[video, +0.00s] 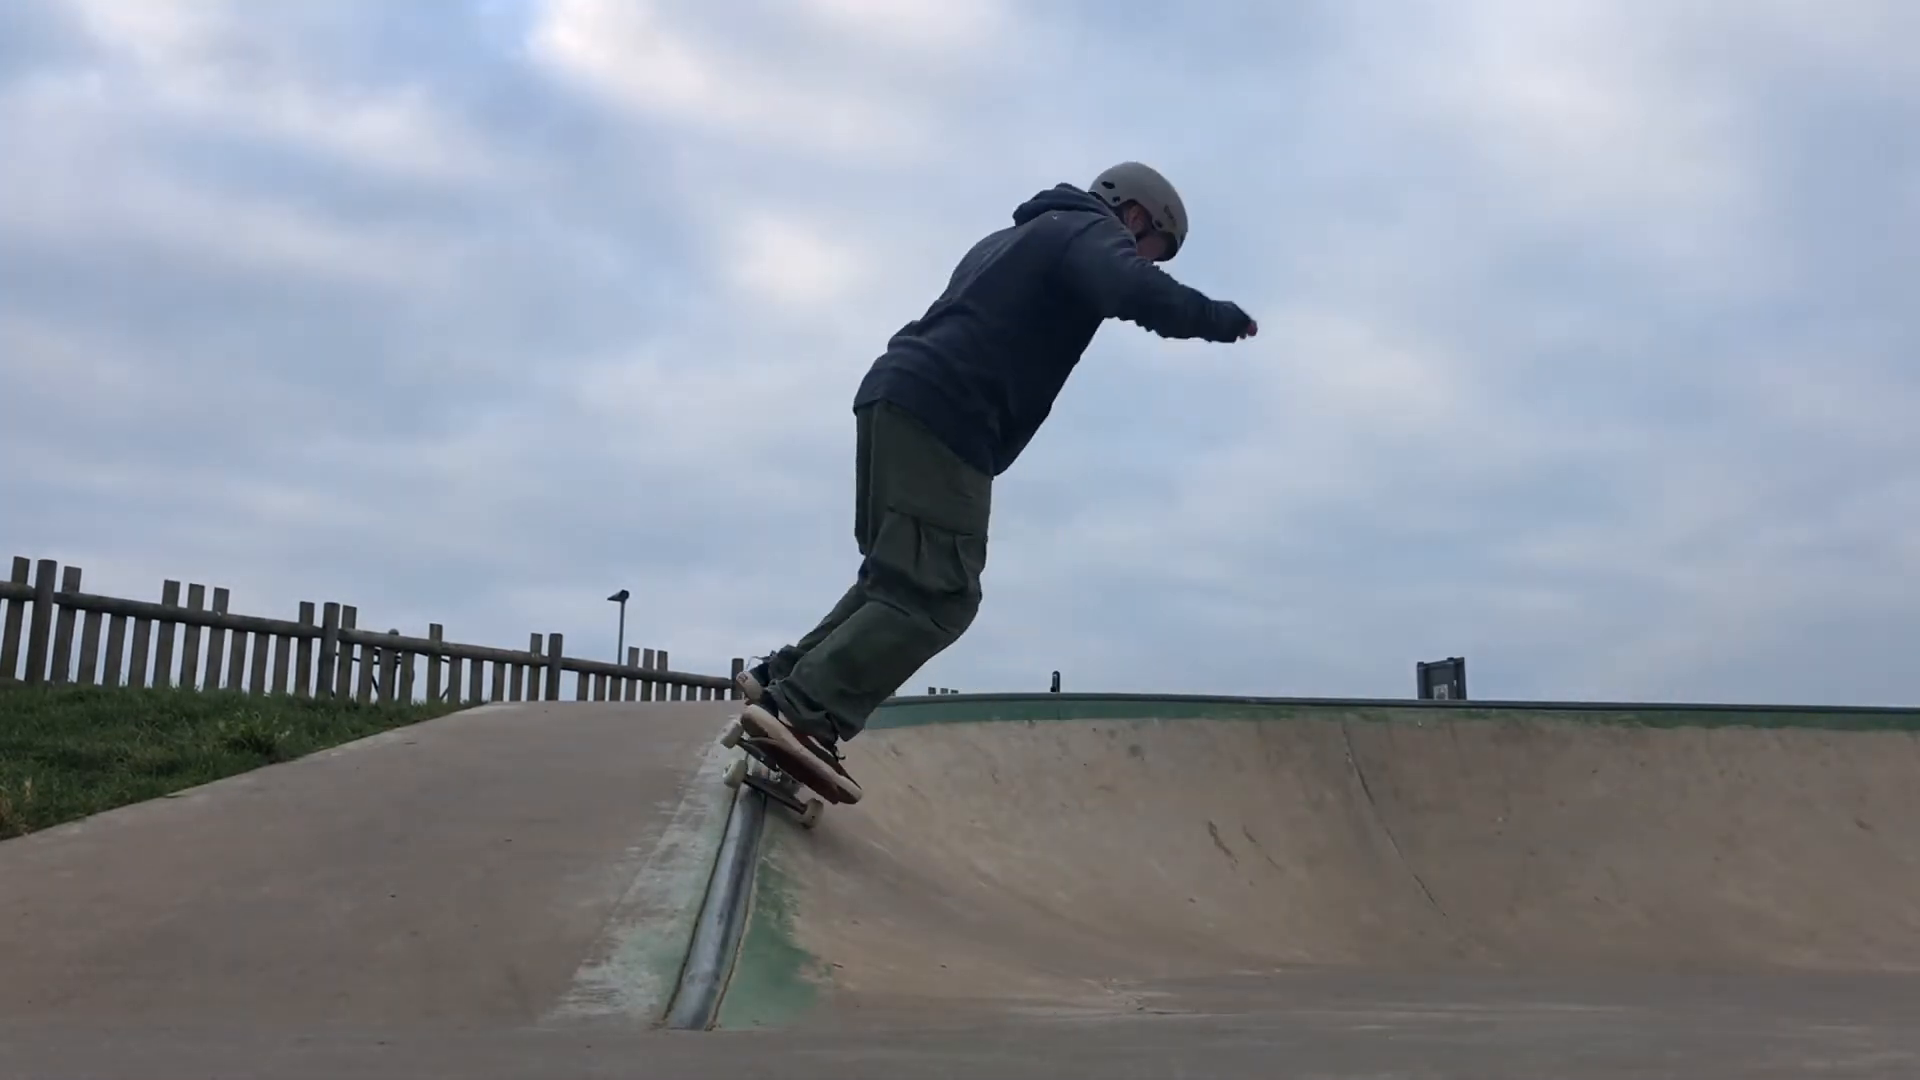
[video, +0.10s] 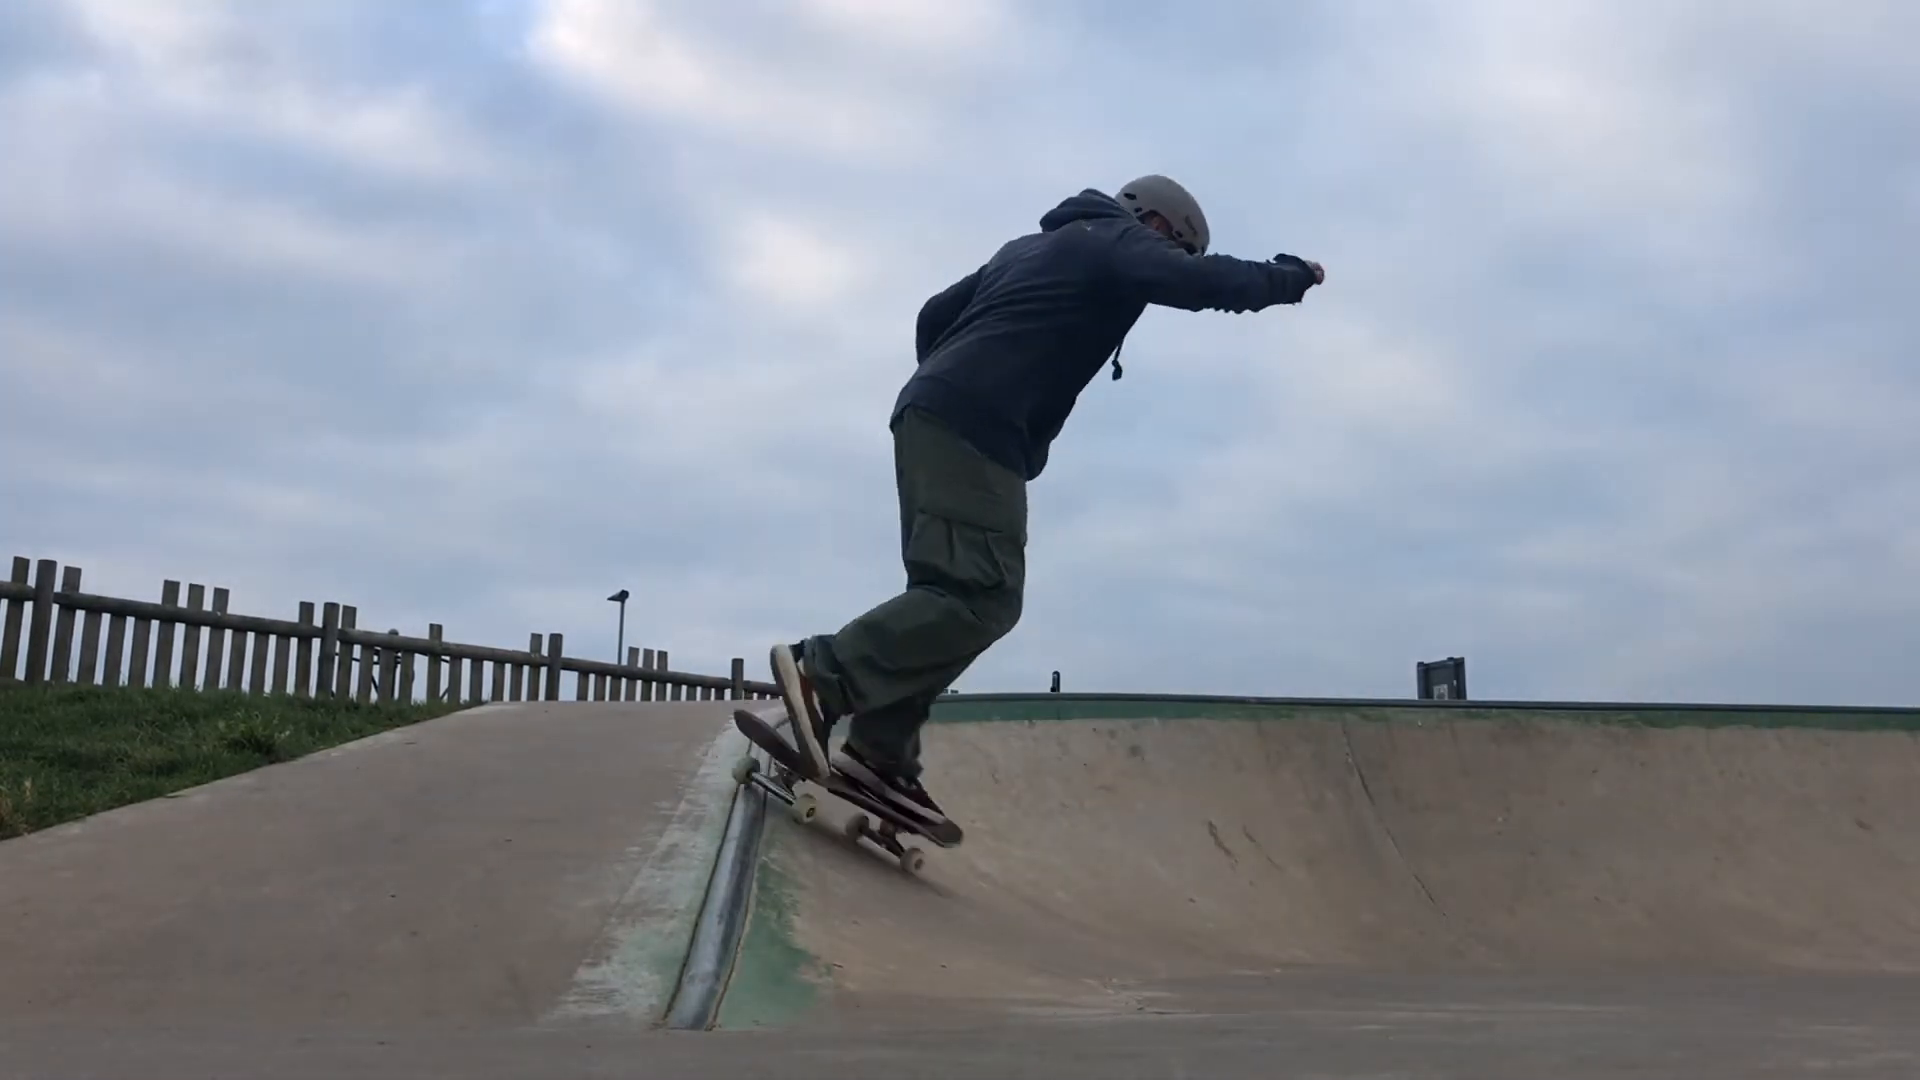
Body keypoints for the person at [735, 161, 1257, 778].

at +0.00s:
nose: (1155, 257)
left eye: (1164, 249)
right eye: (1158, 242)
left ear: (1110, 201)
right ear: (1131, 213)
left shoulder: (1022, 233)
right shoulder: (1082, 230)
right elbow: (1136, 287)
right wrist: (1217, 314)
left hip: (897, 395)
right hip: (939, 412)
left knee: (899, 578)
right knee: (937, 593)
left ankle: (785, 685)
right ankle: (805, 714)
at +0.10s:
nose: (1180, 261)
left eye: (1185, 253)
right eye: (1182, 248)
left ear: (1129, 207)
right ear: (1156, 222)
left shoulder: (1028, 247)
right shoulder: (1117, 241)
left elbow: (936, 313)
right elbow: (1199, 278)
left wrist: (952, 388)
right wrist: (1289, 275)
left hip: (931, 411)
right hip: (977, 423)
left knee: (948, 595)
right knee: (984, 599)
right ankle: (824, 672)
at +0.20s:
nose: (1201, 288)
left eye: (1207, 280)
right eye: (1202, 276)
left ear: (1154, 241)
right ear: (1175, 254)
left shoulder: (1045, 292)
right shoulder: (1136, 272)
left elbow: (958, 364)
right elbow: (1213, 298)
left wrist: (962, 441)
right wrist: (1301, 310)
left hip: (963, 459)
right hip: (1017, 459)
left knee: (996, 640)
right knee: (1055, 633)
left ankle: (935, 796)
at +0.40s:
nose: (1260, 373)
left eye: (1266, 363)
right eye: (1261, 357)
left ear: (1205, 330)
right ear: (1233, 334)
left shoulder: (1115, 397)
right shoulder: (1198, 368)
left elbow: (1048, 513)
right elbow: (1239, 406)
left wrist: (1055, 604)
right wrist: (1334, 391)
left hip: (1090, 583)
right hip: (1133, 589)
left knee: (1219, 701)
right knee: (1146, 756)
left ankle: (1096, 802)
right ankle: (1043, 894)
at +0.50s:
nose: (1306, 384)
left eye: (1312, 373)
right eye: (1308, 367)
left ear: (1248, 342)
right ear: (1278, 345)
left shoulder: (1164, 416)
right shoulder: (1252, 385)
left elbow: (1111, 533)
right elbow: (1285, 457)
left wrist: (1130, 624)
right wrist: (1388, 490)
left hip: (1155, 599)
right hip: (1195, 600)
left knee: (1283, 720)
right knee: (1168, 754)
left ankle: (1295, 892)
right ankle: (1054, 881)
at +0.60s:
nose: (1353, 396)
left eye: (1358, 384)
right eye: (1354, 379)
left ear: (1293, 360)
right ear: (1325, 361)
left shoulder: (1218, 440)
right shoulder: (1310, 409)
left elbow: (1184, 556)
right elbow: (1328, 509)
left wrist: (1223, 613)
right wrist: (1399, 599)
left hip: (1227, 622)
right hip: (1279, 617)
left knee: (1343, 769)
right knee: (1284, 767)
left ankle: (1382, 935)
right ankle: (1135, 845)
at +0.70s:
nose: (1399, 420)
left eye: (1403, 408)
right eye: (1399, 405)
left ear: (1335, 391)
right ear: (1371, 390)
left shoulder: (1285, 463)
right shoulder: (1363, 443)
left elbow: (1270, 573)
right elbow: (1365, 560)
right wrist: (1396, 659)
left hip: (1280, 658)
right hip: (1337, 651)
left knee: (1405, 792)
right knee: (1430, 775)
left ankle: (1392, 941)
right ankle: (1305, 825)